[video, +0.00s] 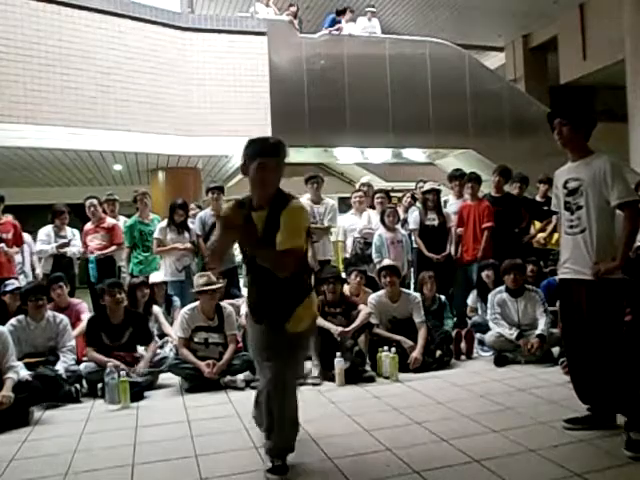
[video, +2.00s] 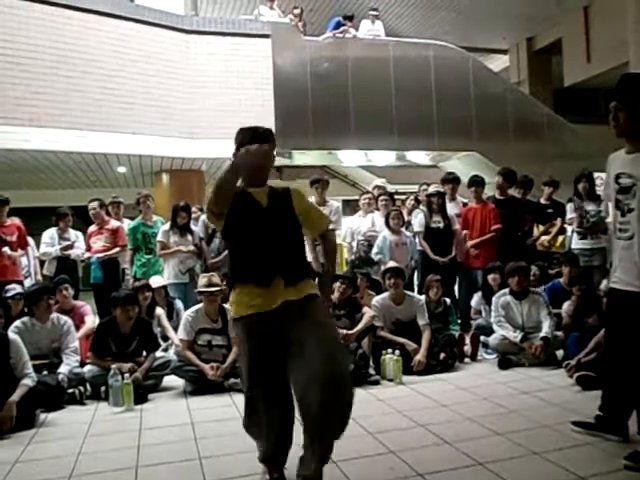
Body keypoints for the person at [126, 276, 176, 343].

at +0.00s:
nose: (144, 292)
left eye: (146, 288)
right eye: (140, 289)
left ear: (150, 290)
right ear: (133, 292)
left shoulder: (154, 309)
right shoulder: (127, 311)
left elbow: (166, 327)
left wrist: (176, 339)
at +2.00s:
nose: (146, 295)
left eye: (148, 291)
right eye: (142, 292)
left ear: (152, 293)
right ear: (137, 295)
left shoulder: (158, 311)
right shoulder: (133, 312)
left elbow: (168, 329)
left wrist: (176, 342)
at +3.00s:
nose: (147, 296)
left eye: (149, 292)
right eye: (143, 293)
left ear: (152, 294)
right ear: (137, 296)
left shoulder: (158, 311)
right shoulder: (134, 312)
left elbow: (167, 328)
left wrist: (176, 341)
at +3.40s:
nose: (147, 296)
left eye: (149, 293)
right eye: (143, 293)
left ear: (153, 294)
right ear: (137, 296)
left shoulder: (158, 311)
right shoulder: (134, 312)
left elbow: (167, 328)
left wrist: (176, 341)